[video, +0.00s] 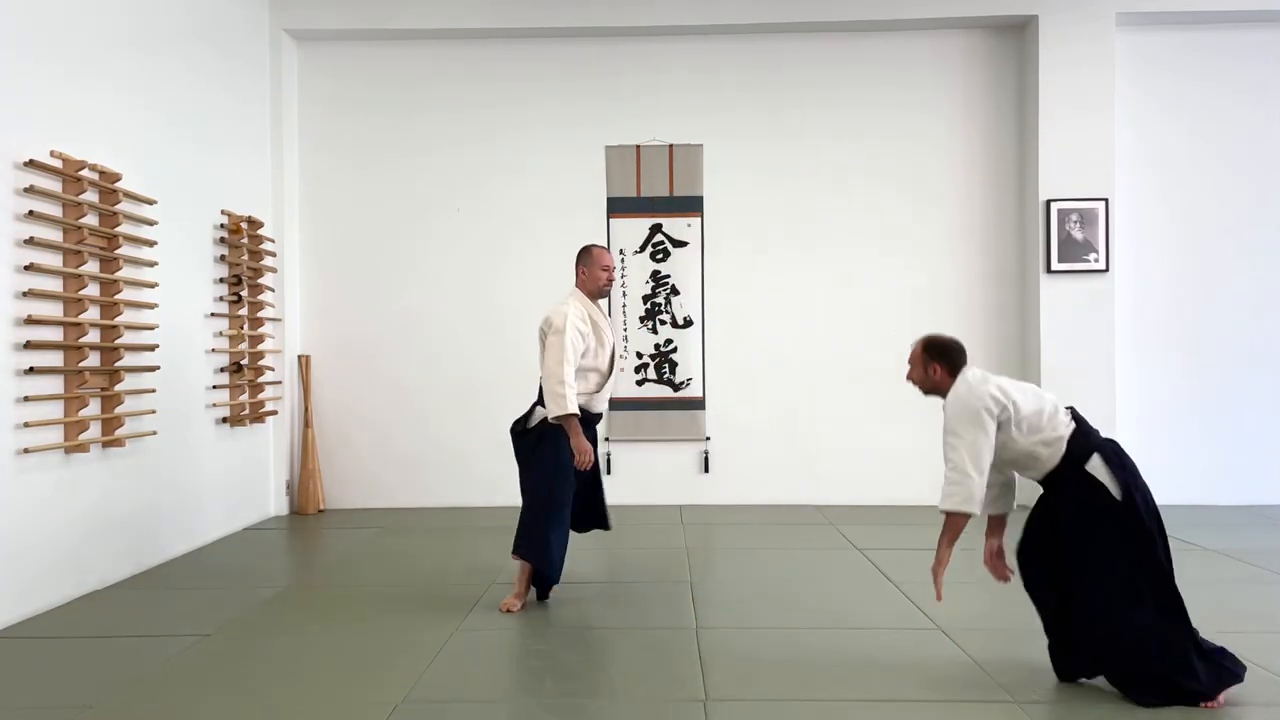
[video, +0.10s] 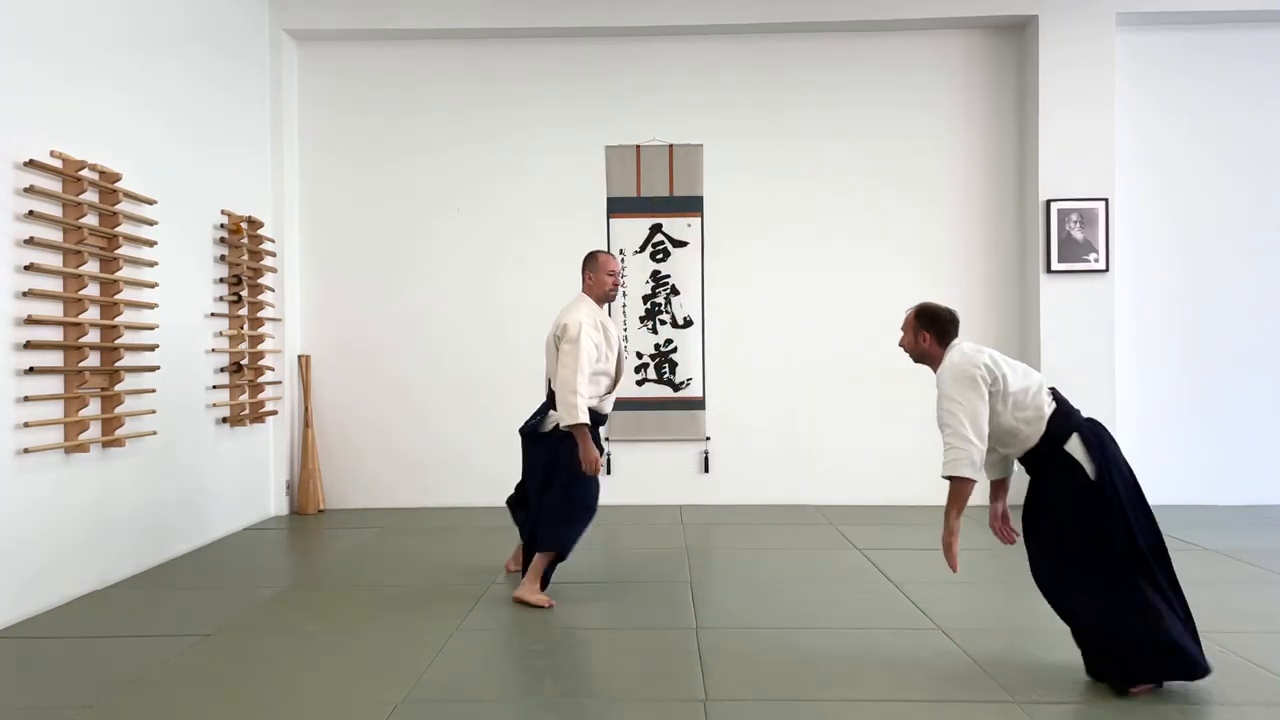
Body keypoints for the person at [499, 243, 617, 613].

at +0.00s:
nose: (612, 276)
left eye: (613, 270)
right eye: (605, 270)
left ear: (593, 274)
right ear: (583, 272)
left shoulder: (593, 315)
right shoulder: (566, 316)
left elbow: (586, 377)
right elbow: (558, 381)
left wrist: (589, 425)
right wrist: (576, 434)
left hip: (578, 425)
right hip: (555, 426)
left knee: (560, 505)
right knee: (544, 505)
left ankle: (539, 577)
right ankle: (521, 590)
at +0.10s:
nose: (618, 281)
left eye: (619, 275)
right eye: (612, 275)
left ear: (595, 279)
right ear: (589, 277)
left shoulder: (591, 315)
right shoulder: (579, 319)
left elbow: (581, 381)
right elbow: (570, 385)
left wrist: (591, 429)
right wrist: (585, 440)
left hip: (570, 426)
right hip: (570, 430)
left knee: (556, 496)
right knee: (578, 504)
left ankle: (522, 555)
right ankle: (531, 585)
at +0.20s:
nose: (630, 290)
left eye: (630, 284)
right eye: (623, 284)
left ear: (605, 289)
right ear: (601, 287)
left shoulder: (595, 322)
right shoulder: (595, 330)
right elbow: (589, 399)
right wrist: (605, 451)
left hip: (564, 429)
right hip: (579, 433)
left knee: (550, 494)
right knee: (606, 507)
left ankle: (520, 556)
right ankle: (557, 579)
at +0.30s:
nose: (644, 295)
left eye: (645, 289)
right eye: (638, 289)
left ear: (622, 294)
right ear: (616, 293)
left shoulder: (614, 329)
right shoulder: (603, 334)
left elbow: (609, 390)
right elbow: (609, 402)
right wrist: (648, 447)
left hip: (581, 429)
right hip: (587, 436)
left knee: (556, 496)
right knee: (628, 494)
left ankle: (520, 558)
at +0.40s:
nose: (655, 287)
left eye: (656, 281)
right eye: (648, 281)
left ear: (654, 285)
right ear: (627, 285)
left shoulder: (643, 326)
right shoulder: (615, 328)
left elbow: (644, 383)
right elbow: (632, 389)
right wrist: (687, 415)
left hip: (624, 430)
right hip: (610, 433)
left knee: (582, 491)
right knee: (647, 500)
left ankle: (533, 540)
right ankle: (641, 563)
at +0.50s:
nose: (671, 279)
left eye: (673, 273)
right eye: (663, 273)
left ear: (673, 276)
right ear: (644, 278)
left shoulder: (675, 320)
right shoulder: (627, 321)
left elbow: (702, 352)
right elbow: (648, 366)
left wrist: (726, 373)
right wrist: (704, 375)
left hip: (662, 425)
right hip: (632, 423)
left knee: (653, 496)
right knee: (655, 497)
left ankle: (595, 524)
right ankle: (642, 570)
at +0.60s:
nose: (694, 276)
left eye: (697, 270)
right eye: (686, 270)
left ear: (701, 274)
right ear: (667, 274)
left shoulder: (708, 314)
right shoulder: (653, 312)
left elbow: (745, 324)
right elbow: (650, 342)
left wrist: (786, 326)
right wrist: (695, 348)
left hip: (695, 421)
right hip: (655, 422)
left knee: (716, 494)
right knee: (655, 497)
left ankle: (690, 549)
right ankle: (642, 562)